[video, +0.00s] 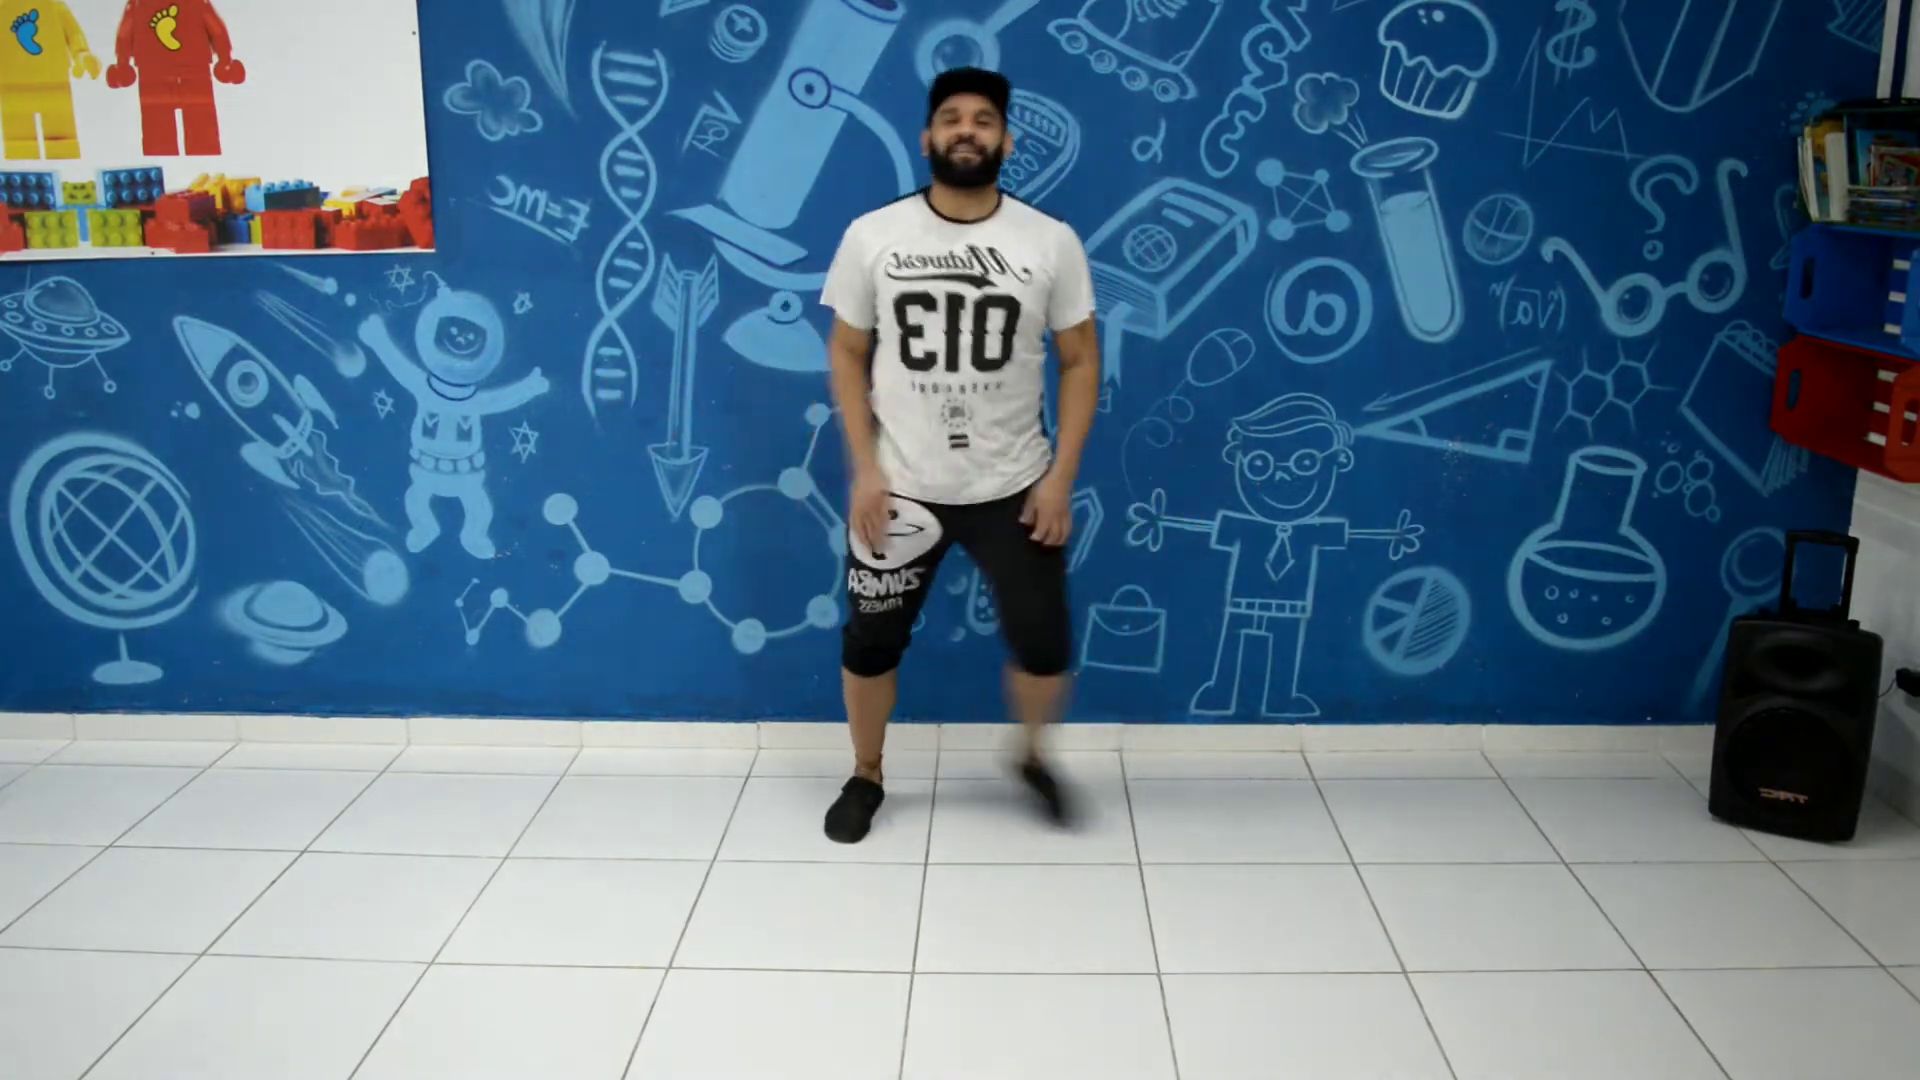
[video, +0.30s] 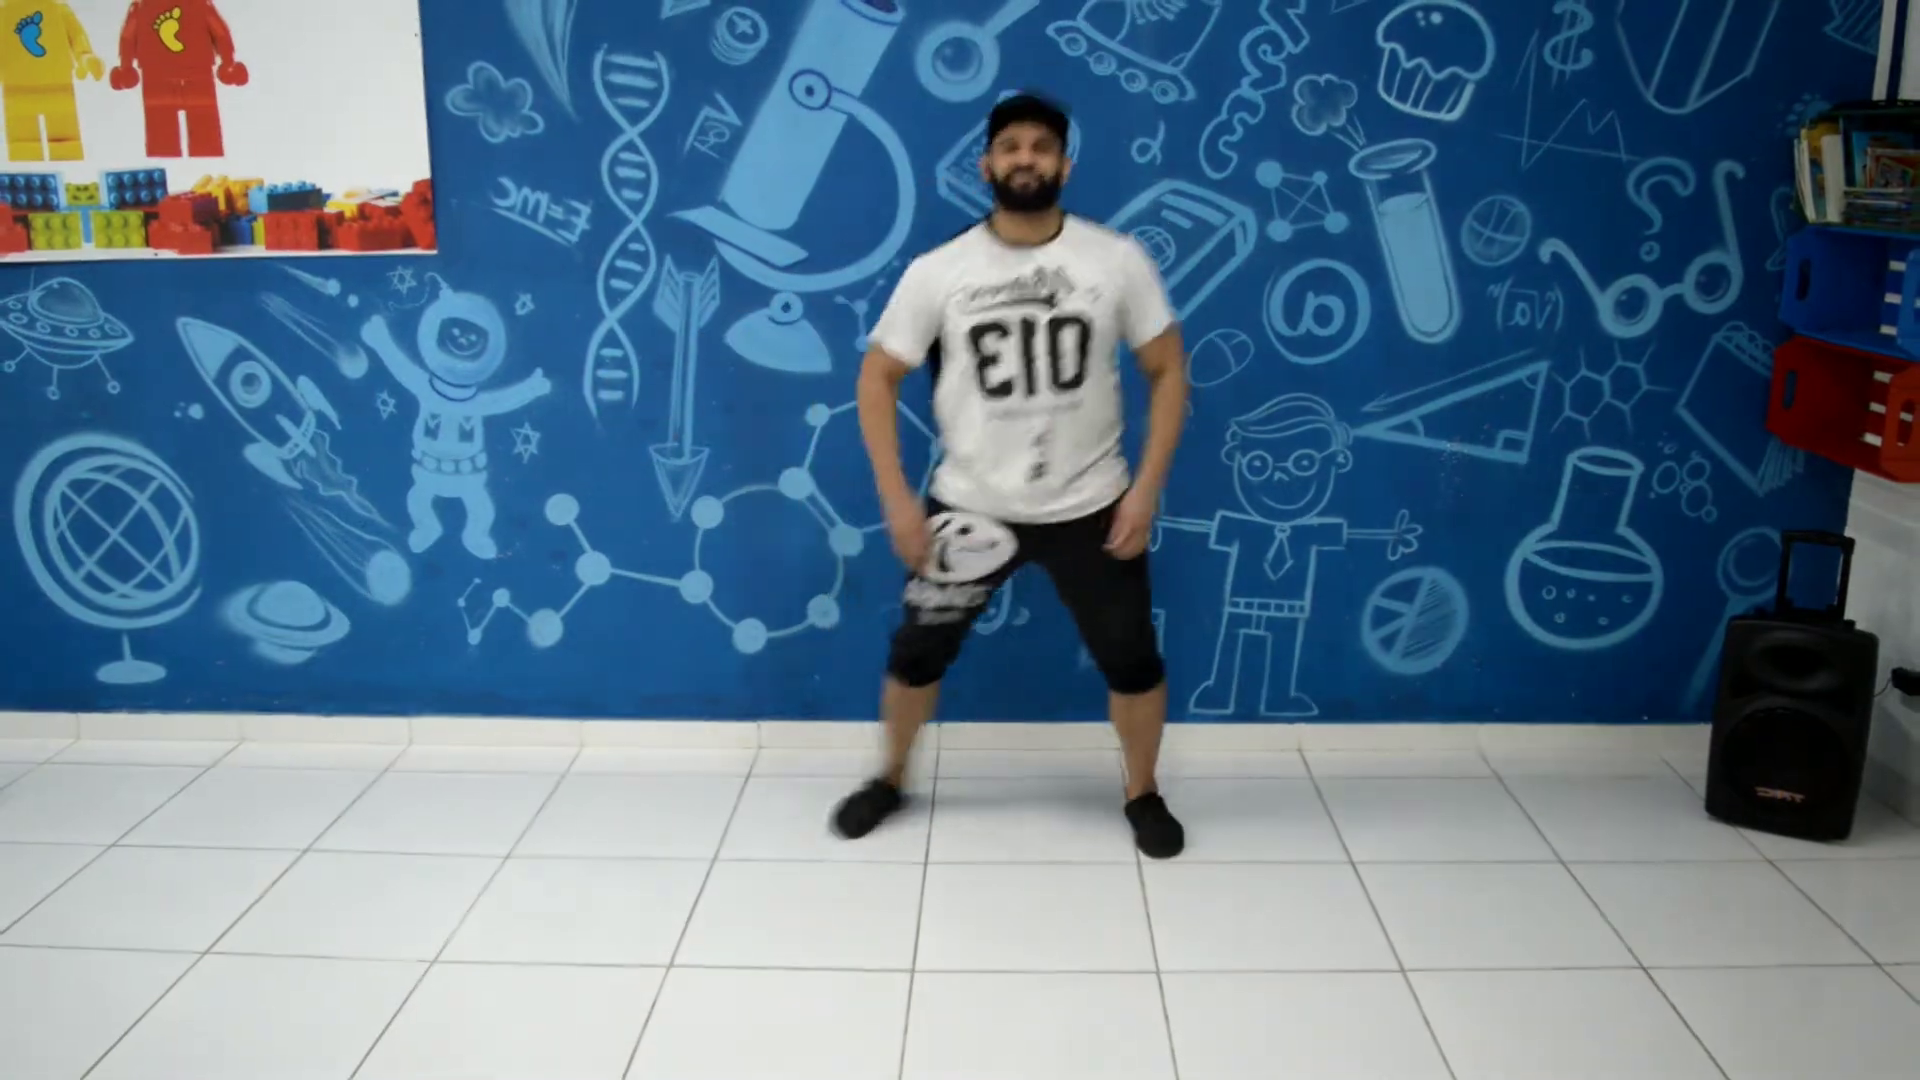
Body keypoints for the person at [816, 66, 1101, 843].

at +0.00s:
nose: (966, 131)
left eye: (983, 121)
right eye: (951, 120)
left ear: (1005, 142)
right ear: (928, 138)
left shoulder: (1051, 244)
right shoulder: (872, 238)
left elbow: (1080, 364)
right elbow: (848, 357)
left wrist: (1061, 476)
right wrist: (864, 471)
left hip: (1013, 485)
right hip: (902, 483)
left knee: (1045, 641)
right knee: (870, 640)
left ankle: (1031, 756)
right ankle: (865, 775)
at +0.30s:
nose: (1025, 159)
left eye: (1042, 148)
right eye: (1010, 147)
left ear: (1065, 165)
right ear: (987, 163)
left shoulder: (1115, 262)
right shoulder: (936, 275)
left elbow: (1170, 372)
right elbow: (875, 379)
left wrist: (1148, 488)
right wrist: (898, 501)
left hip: (1089, 504)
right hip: (972, 506)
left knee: (1134, 660)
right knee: (917, 650)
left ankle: (1144, 792)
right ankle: (891, 779)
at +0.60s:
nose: (1063, 176)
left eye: (1078, 161)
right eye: (1048, 162)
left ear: (1102, 168)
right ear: (1027, 172)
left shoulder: (1151, 264)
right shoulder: (982, 276)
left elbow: (1177, 389)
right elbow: (980, 400)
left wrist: (1128, 406)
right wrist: (1063, 410)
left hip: (1136, 503)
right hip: (1033, 513)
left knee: (1157, 668)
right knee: (1050, 681)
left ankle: (1149, 791)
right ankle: (1128, 746)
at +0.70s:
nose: (1060, 169)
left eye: (1074, 153)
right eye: (1044, 154)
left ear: (1100, 157)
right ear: (1021, 162)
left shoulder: (1148, 253)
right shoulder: (976, 264)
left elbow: (1182, 359)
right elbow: (945, 373)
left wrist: (1199, 409)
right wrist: (963, 413)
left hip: (1127, 496)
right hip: (1022, 502)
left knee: (1148, 656)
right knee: (1017, 671)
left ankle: (1148, 790)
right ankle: (1097, 738)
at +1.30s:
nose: (953, 144)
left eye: (970, 131)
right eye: (938, 129)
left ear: (992, 145)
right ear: (914, 139)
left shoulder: (1035, 243)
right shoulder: (856, 231)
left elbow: (1109, 341)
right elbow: (781, 328)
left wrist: (1183, 428)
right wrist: (709, 419)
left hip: (996, 486)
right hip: (886, 478)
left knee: (992, 658)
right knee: (849, 645)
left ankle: (931, 733)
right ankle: (852, 783)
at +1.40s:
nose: (942, 179)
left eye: (959, 166)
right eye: (928, 163)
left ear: (983, 178)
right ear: (906, 173)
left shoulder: (1031, 273)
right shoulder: (849, 270)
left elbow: (1111, 364)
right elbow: (768, 359)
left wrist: (1196, 451)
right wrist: (687, 448)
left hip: (979, 514)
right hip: (870, 501)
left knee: (965, 684)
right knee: (837, 663)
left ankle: (915, 755)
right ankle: (850, 789)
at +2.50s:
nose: (1021, 176)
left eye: (1033, 161)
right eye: (1002, 168)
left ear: (1057, 170)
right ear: (983, 189)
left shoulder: (1117, 272)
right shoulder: (946, 267)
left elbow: (1186, 367)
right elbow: (879, 366)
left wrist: (1253, 459)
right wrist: (814, 467)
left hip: (1090, 500)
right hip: (975, 501)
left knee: (1141, 657)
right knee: (902, 653)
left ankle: (1156, 793)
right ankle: (862, 784)